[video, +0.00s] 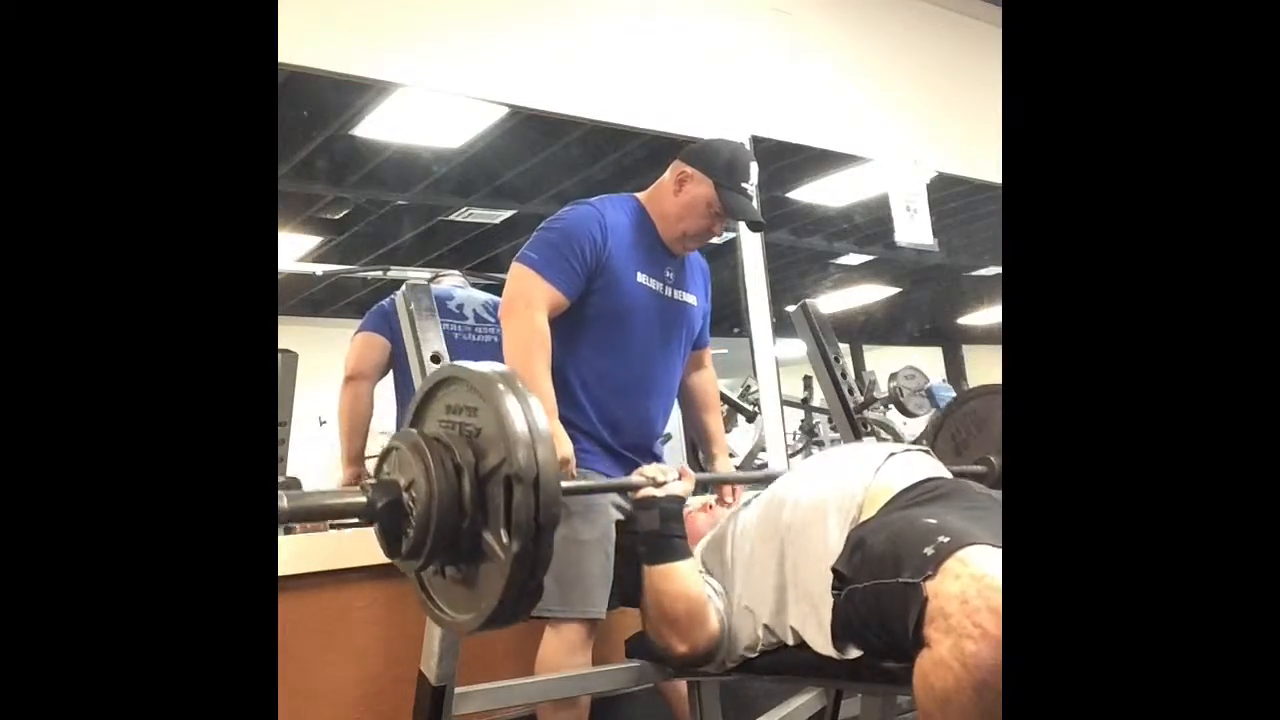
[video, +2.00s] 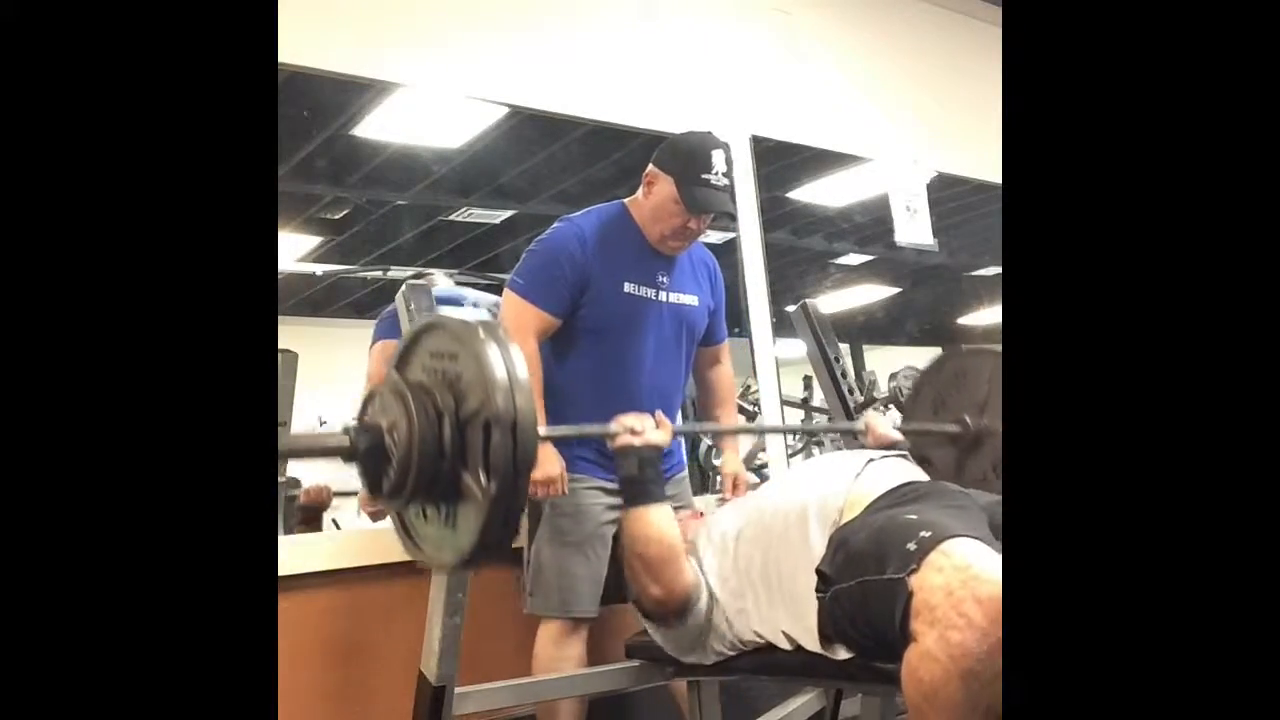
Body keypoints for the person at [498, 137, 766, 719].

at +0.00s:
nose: (720, 229)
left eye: (729, 220)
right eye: (718, 212)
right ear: (680, 179)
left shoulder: (695, 271)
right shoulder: (593, 225)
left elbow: (698, 367)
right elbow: (522, 308)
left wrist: (718, 451)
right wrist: (544, 427)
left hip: (645, 470)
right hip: (575, 463)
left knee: (640, 617)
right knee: (574, 622)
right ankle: (563, 717)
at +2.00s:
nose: (699, 224)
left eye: (709, 215)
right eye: (689, 207)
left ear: (717, 212)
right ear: (651, 182)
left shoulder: (705, 268)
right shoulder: (576, 242)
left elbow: (715, 366)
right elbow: (517, 336)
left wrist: (731, 456)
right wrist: (536, 440)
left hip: (662, 471)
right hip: (580, 469)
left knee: (658, 617)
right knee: (569, 621)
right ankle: (563, 718)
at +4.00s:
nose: (704, 228)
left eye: (713, 218)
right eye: (695, 211)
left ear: (722, 215)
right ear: (656, 187)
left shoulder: (709, 270)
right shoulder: (580, 245)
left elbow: (721, 365)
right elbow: (520, 337)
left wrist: (743, 451)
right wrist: (537, 443)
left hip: (662, 471)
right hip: (580, 467)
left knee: (648, 611)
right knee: (570, 620)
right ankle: (564, 717)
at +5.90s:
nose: (702, 229)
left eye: (711, 219)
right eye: (694, 212)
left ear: (720, 216)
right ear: (654, 186)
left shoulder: (706, 270)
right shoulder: (579, 247)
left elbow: (719, 364)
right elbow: (519, 339)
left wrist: (741, 449)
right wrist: (535, 446)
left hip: (662, 470)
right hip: (579, 468)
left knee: (662, 614)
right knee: (568, 622)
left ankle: (656, 716)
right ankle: (563, 717)